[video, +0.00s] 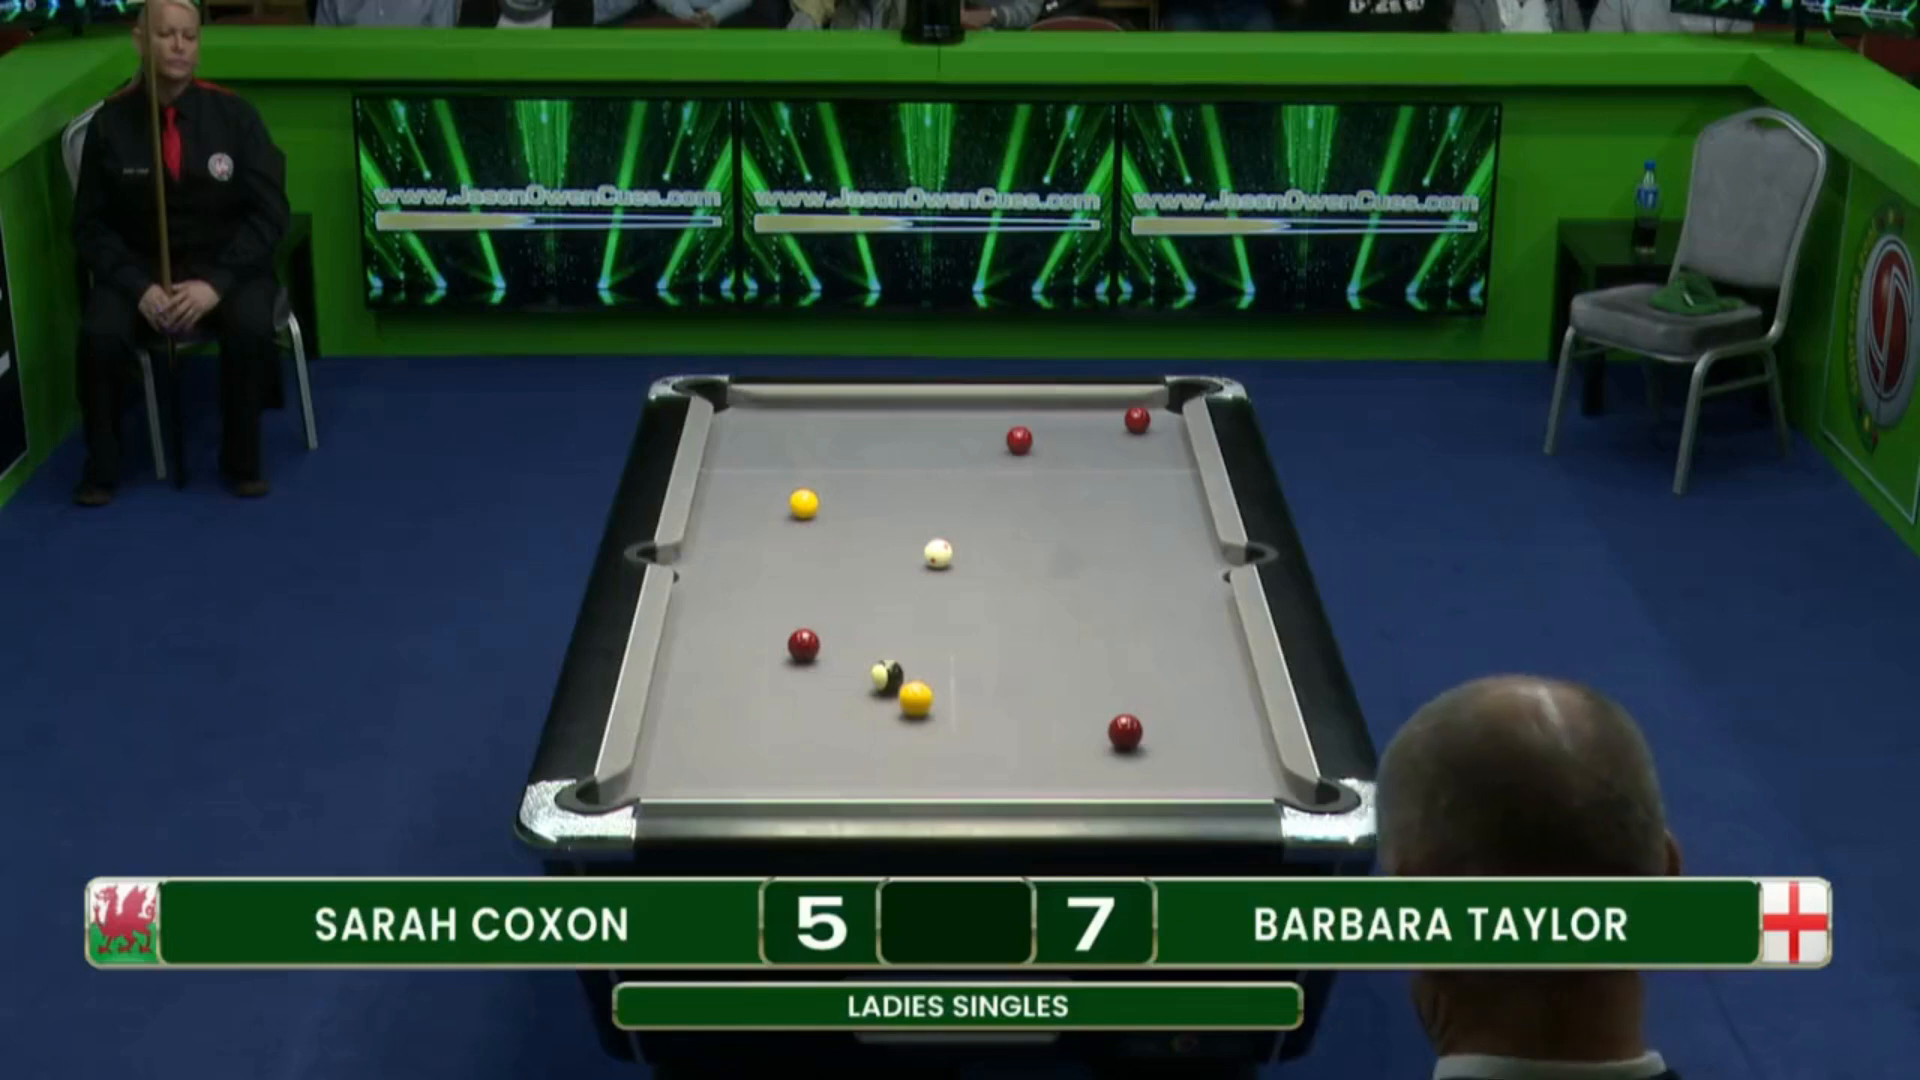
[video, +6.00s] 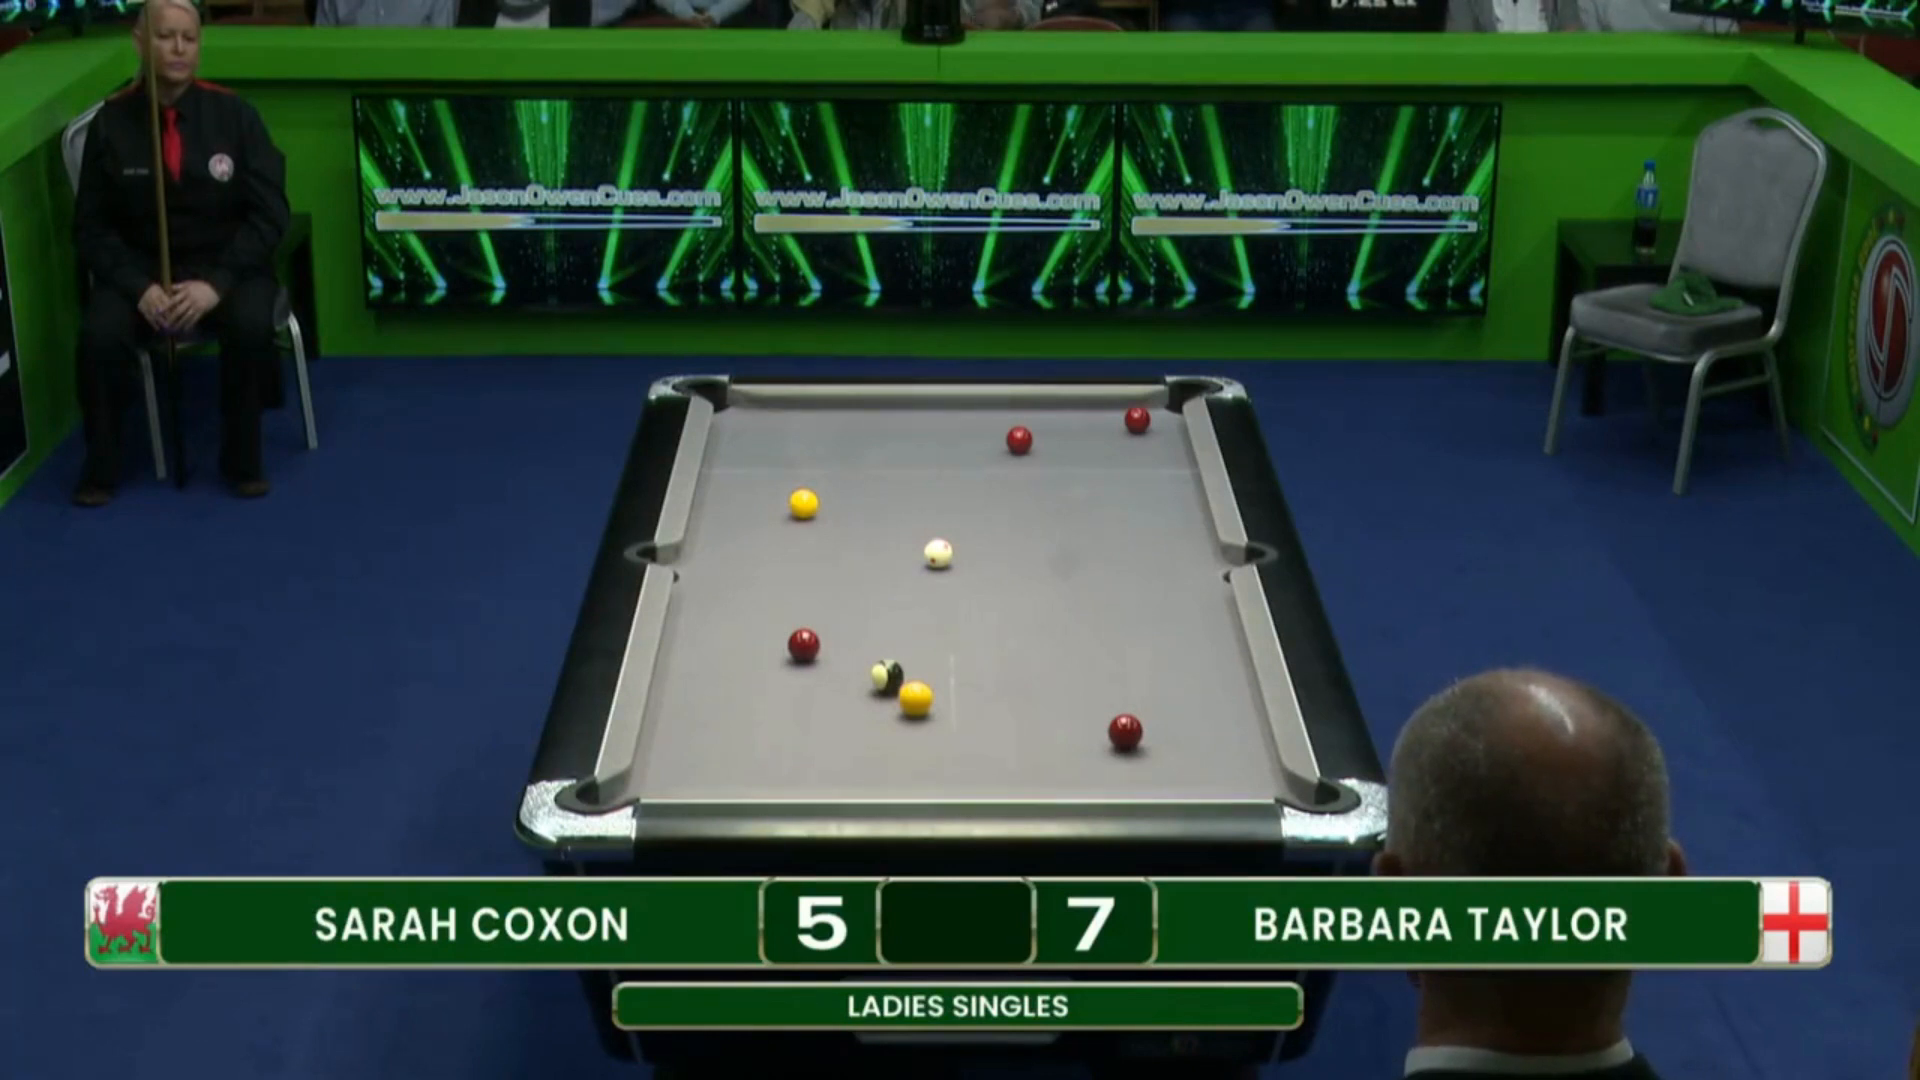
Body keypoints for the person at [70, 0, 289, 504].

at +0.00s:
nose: (180, 47)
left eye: (189, 36)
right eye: (166, 35)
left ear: (199, 43)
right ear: (141, 40)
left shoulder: (235, 115)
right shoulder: (111, 121)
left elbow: (269, 214)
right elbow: (90, 226)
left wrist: (213, 283)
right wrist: (140, 287)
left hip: (221, 268)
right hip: (138, 274)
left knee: (249, 327)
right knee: (102, 333)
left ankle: (243, 462)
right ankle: (101, 468)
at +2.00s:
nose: (180, 48)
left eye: (189, 37)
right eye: (166, 36)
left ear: (199, 44)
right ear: (141, 41)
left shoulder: (234, 115)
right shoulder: (111, 122)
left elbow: (269, 214)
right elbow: (90, 226)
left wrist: (213, 283)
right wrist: (140, 287)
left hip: (221, 267)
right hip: (138, 274)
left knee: (249, 326)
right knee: (102, 333)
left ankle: (243, 462)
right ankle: (101, 468)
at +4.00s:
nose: (179, 48)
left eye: (189, 38)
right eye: (165, 37)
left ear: (199, 44)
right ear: (141, 42)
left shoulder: (235, 115)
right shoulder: (111, 122)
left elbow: (269, 214)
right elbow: (90, 226)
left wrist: (214, 283)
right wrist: (140, 287)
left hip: (221, 267)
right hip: (138, 273)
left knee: (249, 329)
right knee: (101, 335)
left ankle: (244, 461)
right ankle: (101, 467)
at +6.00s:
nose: (179, 48)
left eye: (189, 38)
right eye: (165, 37)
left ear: (199, 44)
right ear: (140, 41)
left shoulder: (234, 115)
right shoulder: (112, 121)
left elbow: (269, 215)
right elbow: (91, 226)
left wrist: (214, 284)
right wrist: (140, 287)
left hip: (221, 268)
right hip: (139, 274)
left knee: (248, 328)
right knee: (101, 336)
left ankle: (243, 463)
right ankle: (101, 469)